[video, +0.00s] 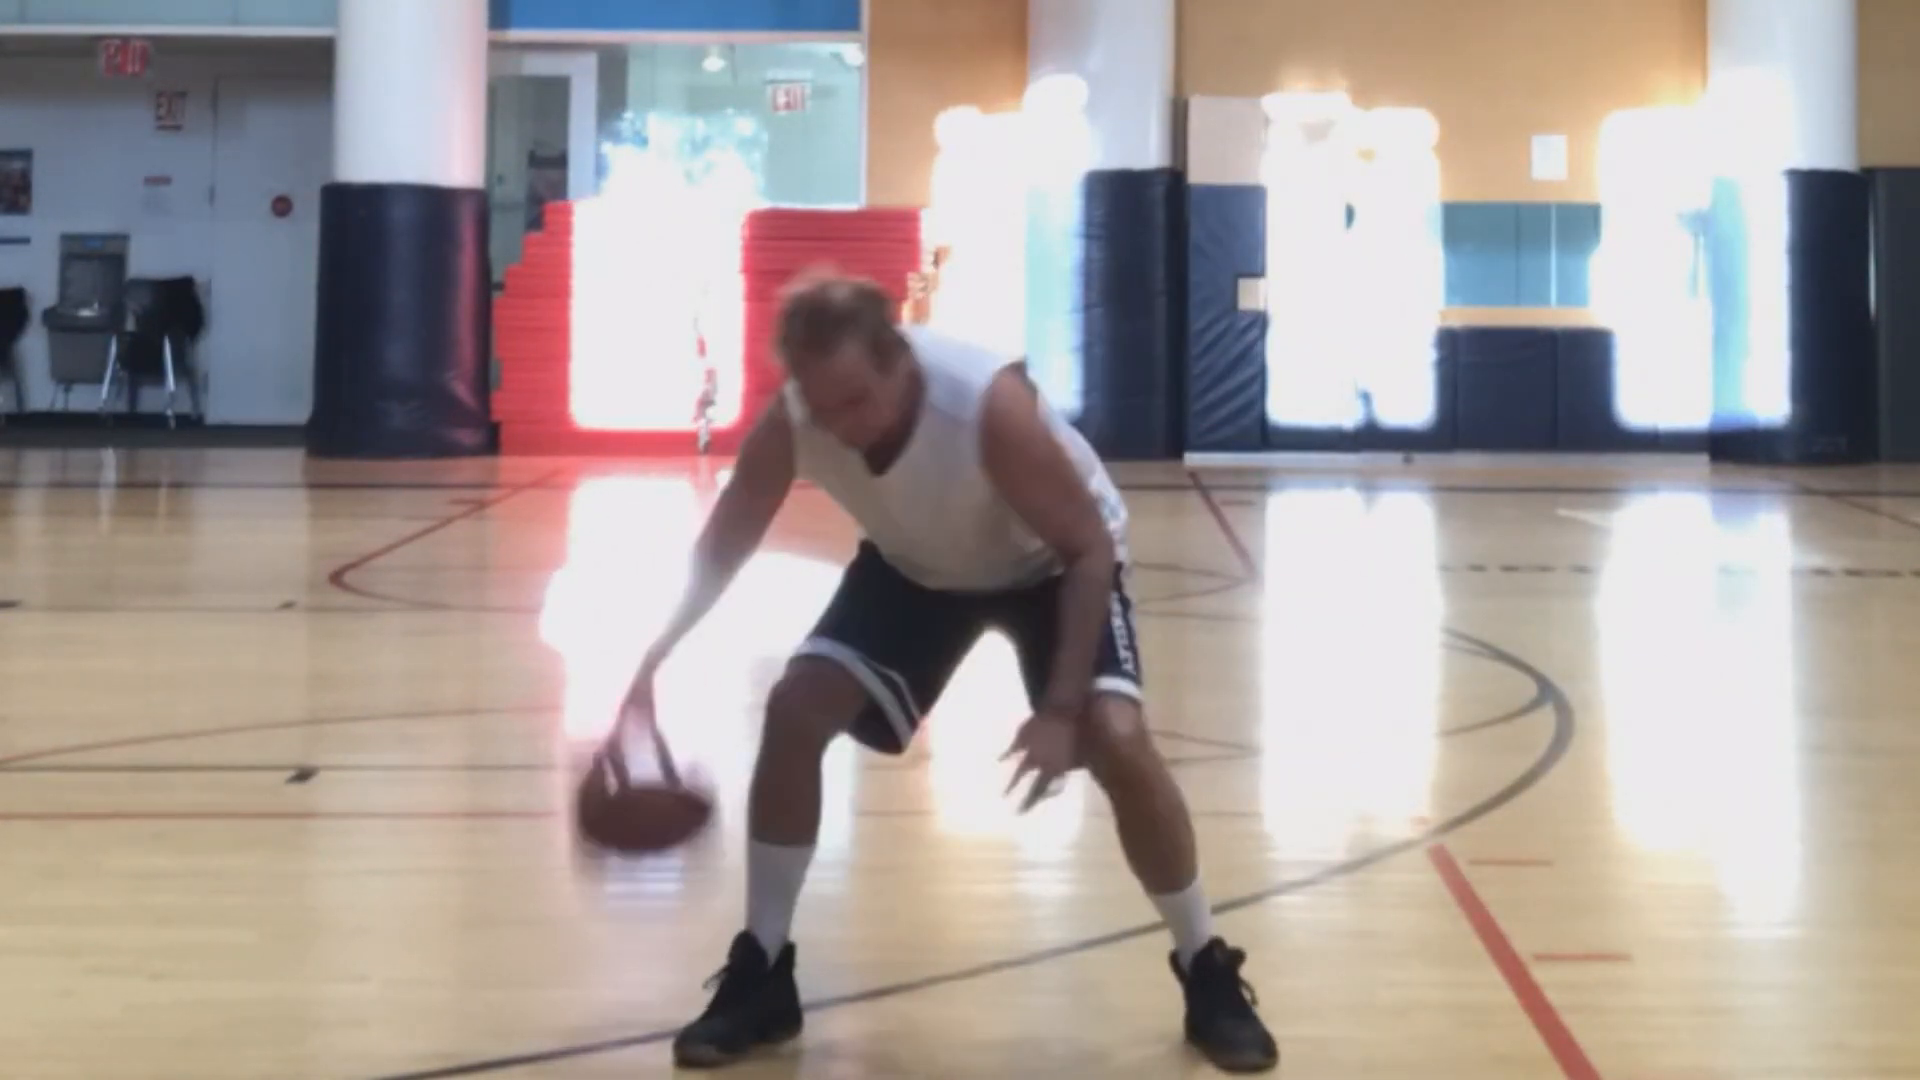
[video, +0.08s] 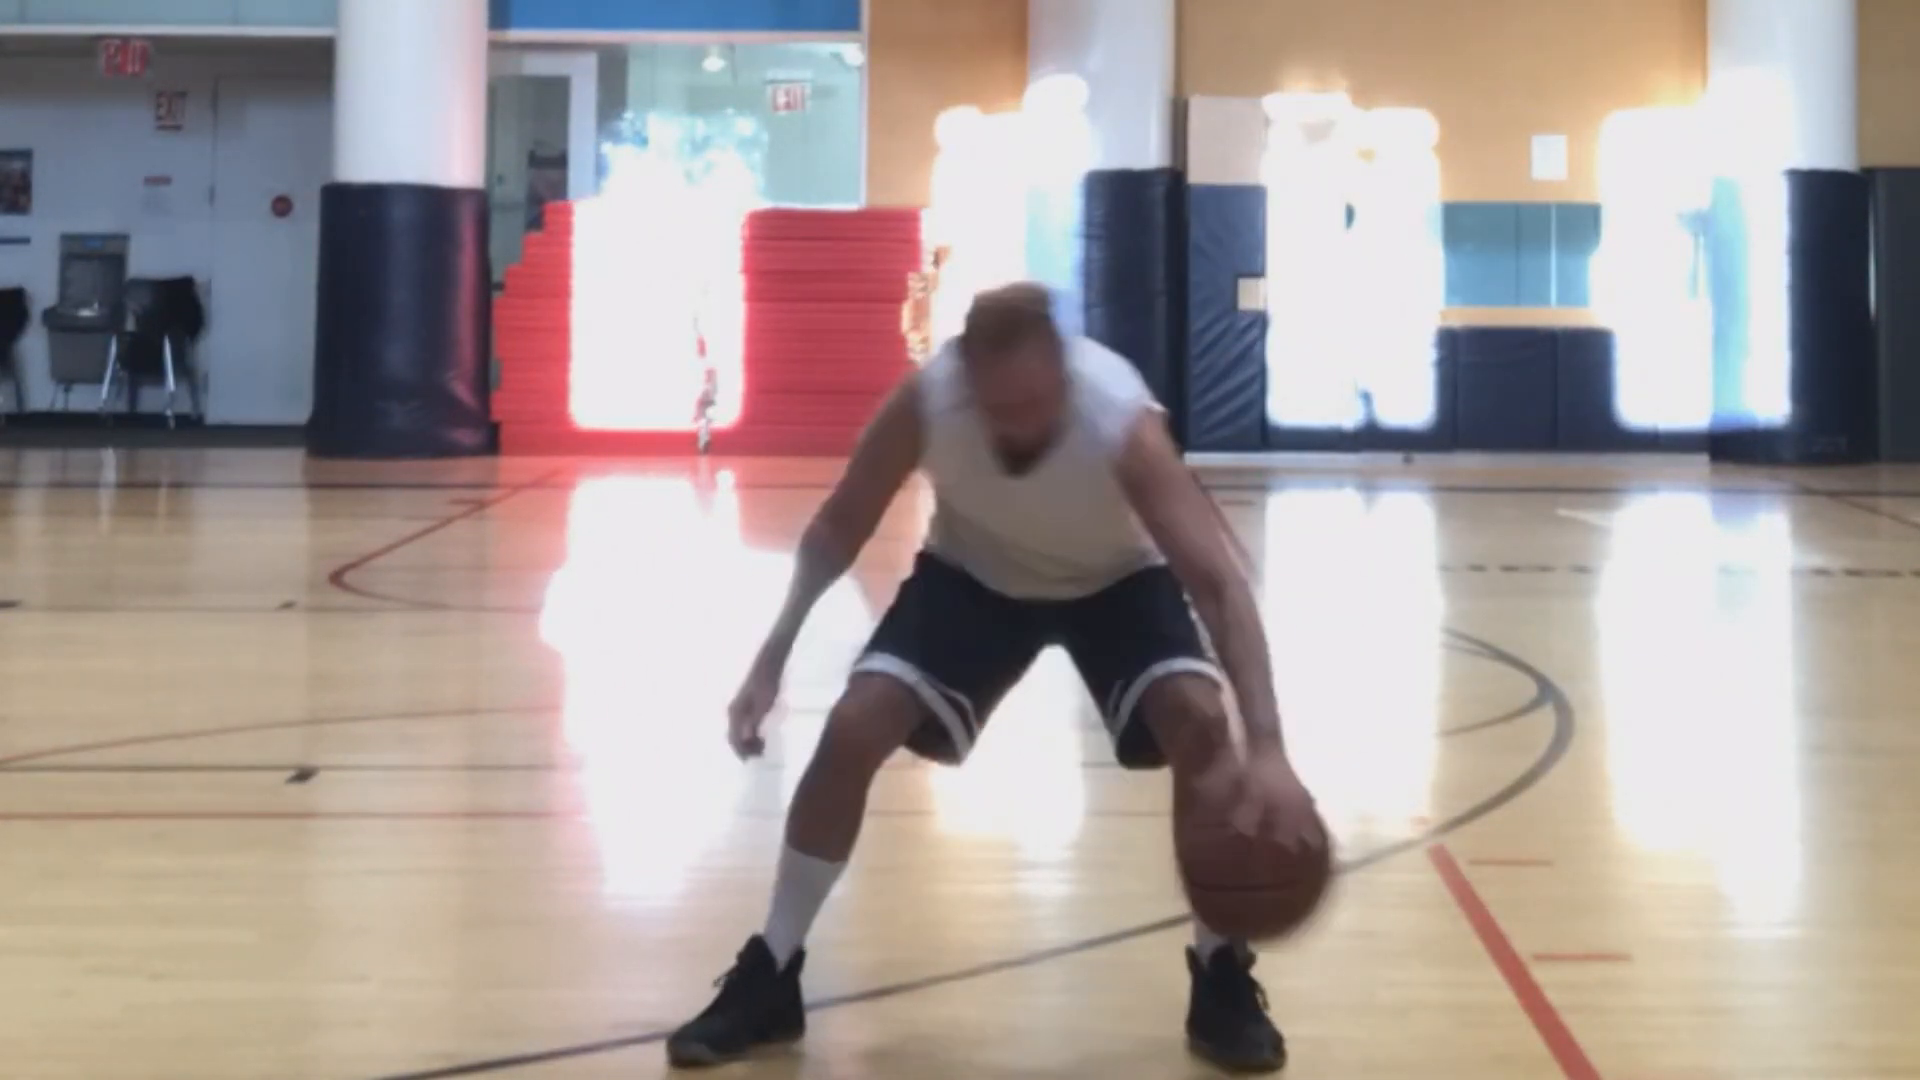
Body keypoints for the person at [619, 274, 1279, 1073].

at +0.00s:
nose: (836, 423)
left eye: (851, 400)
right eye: (817, 406)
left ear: (897, 364)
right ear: (798, 390)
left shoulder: (993, 408)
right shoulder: (791, 423)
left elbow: (1093, 548)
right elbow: (721, 550)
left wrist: (1064, 709)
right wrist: (649, 668)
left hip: (1051, 564)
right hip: (913, 562)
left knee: (1116, 742)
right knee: (799, 705)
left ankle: (1208, 971)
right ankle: (762, 974)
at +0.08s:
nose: (1015, 421)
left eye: (1032, 401)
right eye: (998, 405)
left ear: (1064, 375)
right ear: (969, 380)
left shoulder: (1121, 422)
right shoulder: (927, 403)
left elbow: (1221, 582)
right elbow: (838, 528)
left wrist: (1267, 748)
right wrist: (771, 659)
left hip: (1117, 579)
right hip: (972, 573)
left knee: (1202, 721)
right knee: (854, 726)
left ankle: (1223, 977)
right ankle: (770, 975)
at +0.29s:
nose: (1236, 504)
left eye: (1254, 491)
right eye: (1228, 485)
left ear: (1262, 455)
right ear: (1182, 427)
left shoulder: (1219, 430)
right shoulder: (1058, 447)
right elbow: (917, 555)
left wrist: (1227, 590)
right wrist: (904, 729)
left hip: (1084, 576)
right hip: (947, 566)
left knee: (1183, 723)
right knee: (824, 748)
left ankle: (1242, 975)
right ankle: (754, 976)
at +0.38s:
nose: (862, 464)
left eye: (878, 449)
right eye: (841, 447)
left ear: (922, 394)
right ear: (822, 402)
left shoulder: (1020, 402)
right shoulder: (832, 387)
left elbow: (1116, 533)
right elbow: (833, 484)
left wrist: (1103, 698)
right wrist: (856, 619)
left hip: (1067, 541)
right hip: (924, 540)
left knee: (1171, 718)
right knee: (815, 705)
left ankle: (1256, 971)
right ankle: (739, 973)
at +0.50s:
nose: (855, 333)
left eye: (871, 309)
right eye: (834, 316)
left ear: (917, 276)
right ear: (811, 301)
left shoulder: (999, 339)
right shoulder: (802, 353)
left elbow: (1070, 518)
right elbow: (764, 520)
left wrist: (1027, 670)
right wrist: (718, 656)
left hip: (1050, 531)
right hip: (912, 533)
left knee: (1120, 741)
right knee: (810, 717)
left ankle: (1245, 962)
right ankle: (811, 980)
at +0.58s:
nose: (929, 549)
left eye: (945, 531)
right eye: (908, 538)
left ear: (971, 477)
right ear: (861, 492)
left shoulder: (1055, 492)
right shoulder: (817, 489)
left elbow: (1163, 594)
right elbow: (838, 640)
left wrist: (1203, 767)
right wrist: (880, 809)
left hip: (1062, 590)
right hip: (920, 606)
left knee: (1019, 761)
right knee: (755, 772)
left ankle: (1098, 1053)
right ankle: (805, 987)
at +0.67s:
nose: (916, 469)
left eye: (935, 442)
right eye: (889, 447)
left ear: (966, 422)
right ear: (856, 436)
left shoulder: (1041, 515)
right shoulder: (810, 494)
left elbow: (1126, 646)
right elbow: (799, 658)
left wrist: (1163, 800)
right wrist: (848, 834)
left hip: (1034, 642)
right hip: (890, 658)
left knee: (991, 769)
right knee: (698, 809)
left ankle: (1089, 1054)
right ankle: (792, 988)